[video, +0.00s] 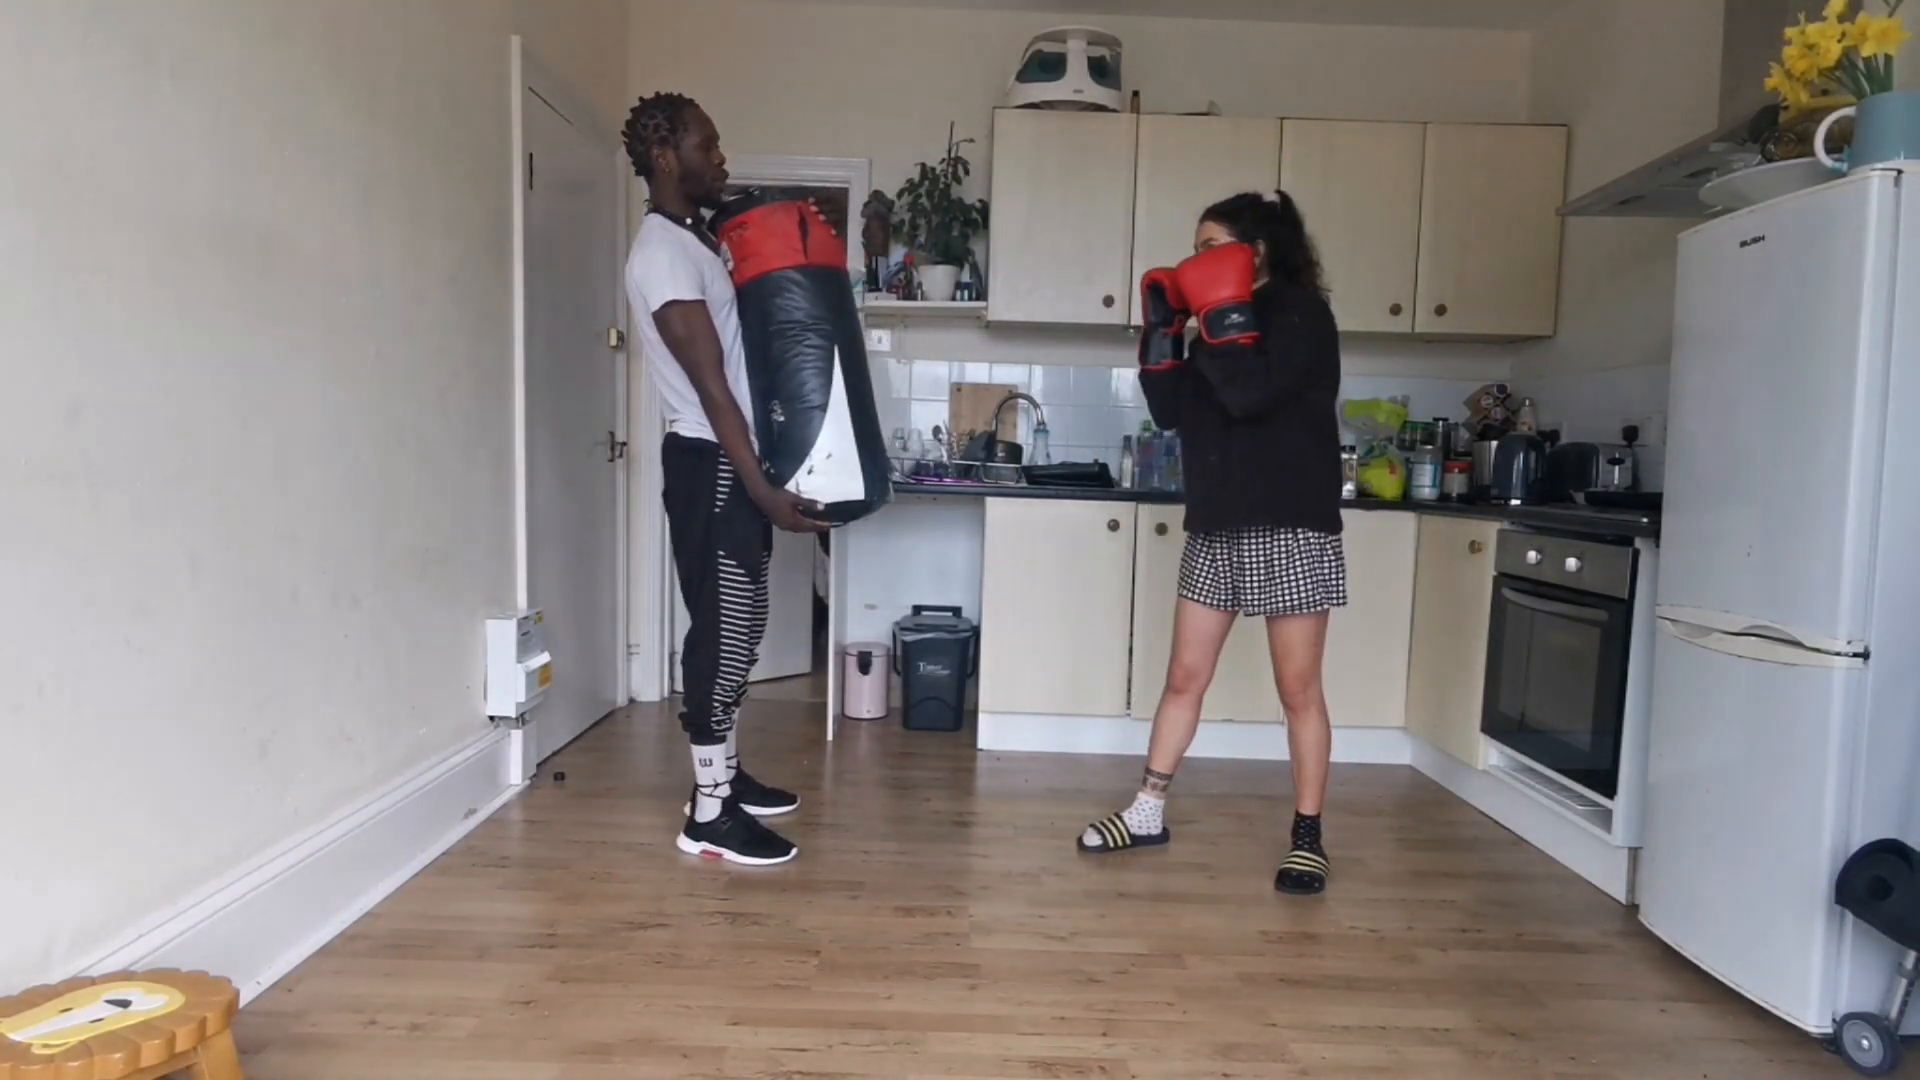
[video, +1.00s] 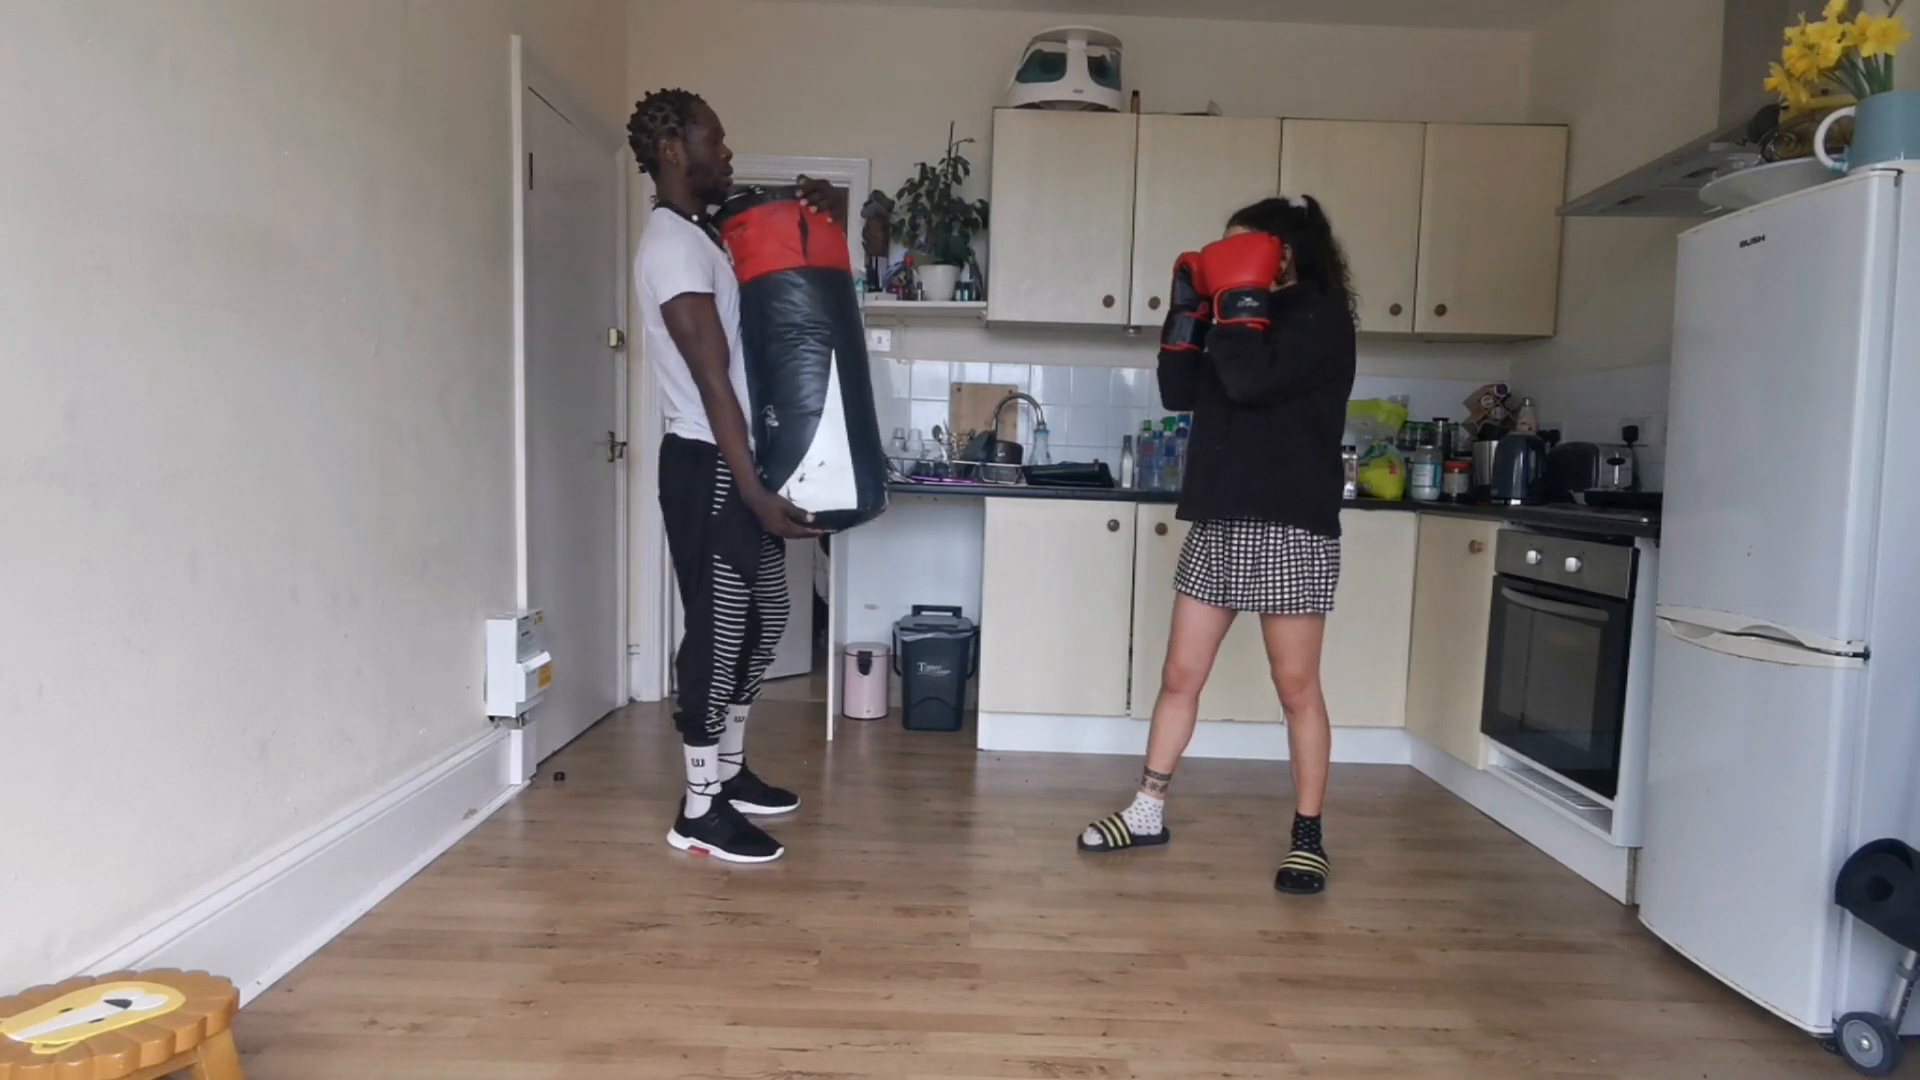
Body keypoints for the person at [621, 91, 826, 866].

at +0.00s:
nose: (723, 159)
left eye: (718, 145)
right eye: (707, 146)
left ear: (670, 159)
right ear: (664, 157)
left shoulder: (694, 240)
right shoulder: (662, 249)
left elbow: (744, 337)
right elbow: (708, 381)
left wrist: (766, 243)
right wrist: (759, 482)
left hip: (731, 452)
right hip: (706, 457)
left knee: (736, 617)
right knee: (729, 622)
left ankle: (722, 776)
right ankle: (709, 812)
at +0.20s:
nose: (721, 163)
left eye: (718, 150)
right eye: (706, 150)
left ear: (673, 163)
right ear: (663, 161)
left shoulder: (696, 240)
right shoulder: (665, 252)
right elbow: (707, 380)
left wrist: (795, 225)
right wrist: (753, 482)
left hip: (727, 452)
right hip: (704, 458)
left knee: (728, 620)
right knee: (730, 626)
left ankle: (724, 775)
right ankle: (708, 811)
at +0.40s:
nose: (721, 155)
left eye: (718, 142)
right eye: (706, 145)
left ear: (681, 159)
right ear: (665, 160)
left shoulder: (708, 236)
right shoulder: (670, 246)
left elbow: (783, 276)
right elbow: (709, 367)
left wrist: (824, 210)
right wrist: (749, 478)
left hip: (728, 452)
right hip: (699, 457)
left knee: (728, 625)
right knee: (729, 629)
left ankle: (722, 776)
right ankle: (711, 808)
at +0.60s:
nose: (724, 148)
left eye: (719, 136)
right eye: (708, 138)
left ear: (680, 154)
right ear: (668, 155)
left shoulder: (711, 232)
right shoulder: (674, 242)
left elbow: (789, 280)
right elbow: (708, 370)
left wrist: (823, 211)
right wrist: (748, 477)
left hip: (727, 454)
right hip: (696, 458)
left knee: (730, 624)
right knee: (713, 627)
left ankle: (720, 776)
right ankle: (699, 807)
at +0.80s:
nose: (729, 150)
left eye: (725, 138)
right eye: (714, 138)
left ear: (680, 154)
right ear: (672, 151)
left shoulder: (701, 234)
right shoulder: (675, 241)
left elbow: (752, 327)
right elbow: (707, 375)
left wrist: (802, 234)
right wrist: (745, 484)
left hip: (726, 451)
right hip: (699, 456)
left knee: (737, 617)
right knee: (713, 621)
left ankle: (721, 776)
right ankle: (700, 807)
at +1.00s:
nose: (727, 151)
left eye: (723, 137)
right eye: (713, 138)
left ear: (679, 150)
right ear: (670, 148)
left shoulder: (705, 234)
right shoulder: (671, 240)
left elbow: (777, 310)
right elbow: (710, 374)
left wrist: (819, 222)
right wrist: (754, 485)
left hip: (742, 452)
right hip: (705, 457)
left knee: (765, 614)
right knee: (718, 622)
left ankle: (724, 769)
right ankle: (699, 808)